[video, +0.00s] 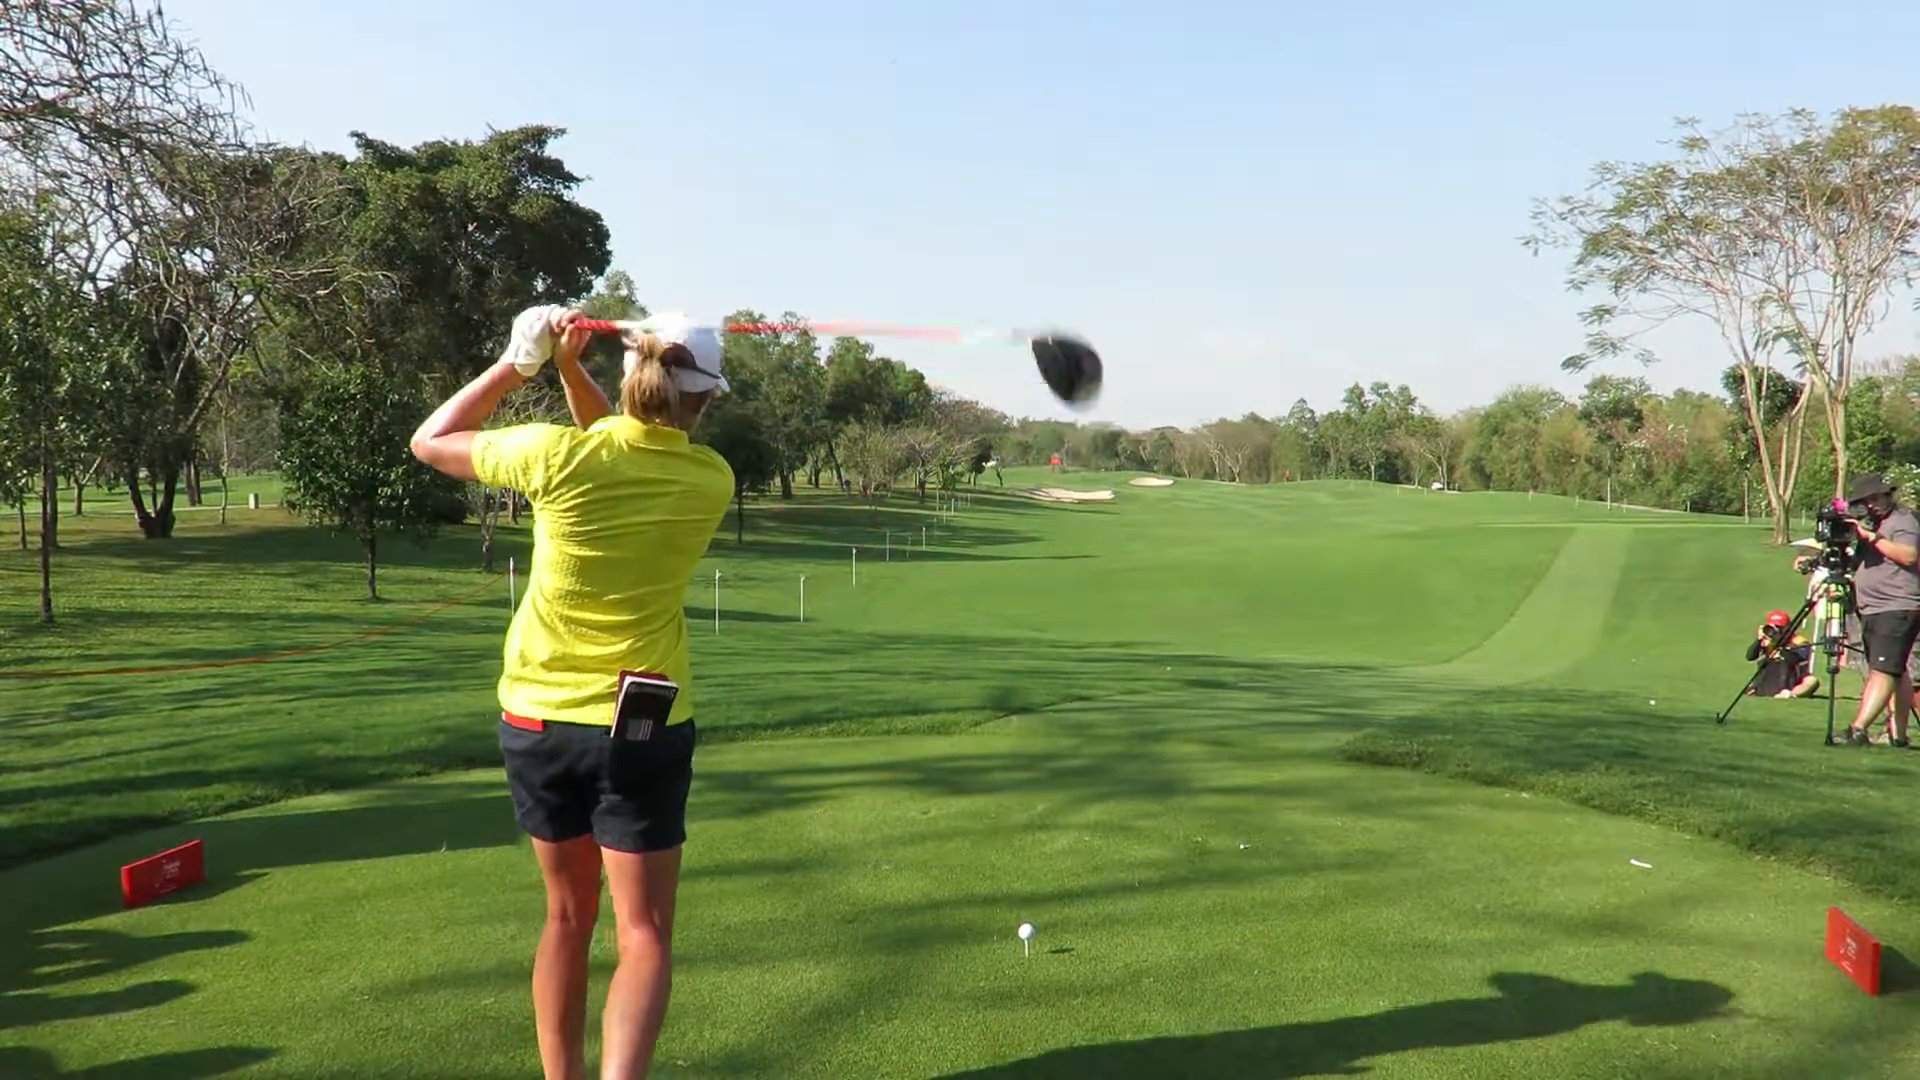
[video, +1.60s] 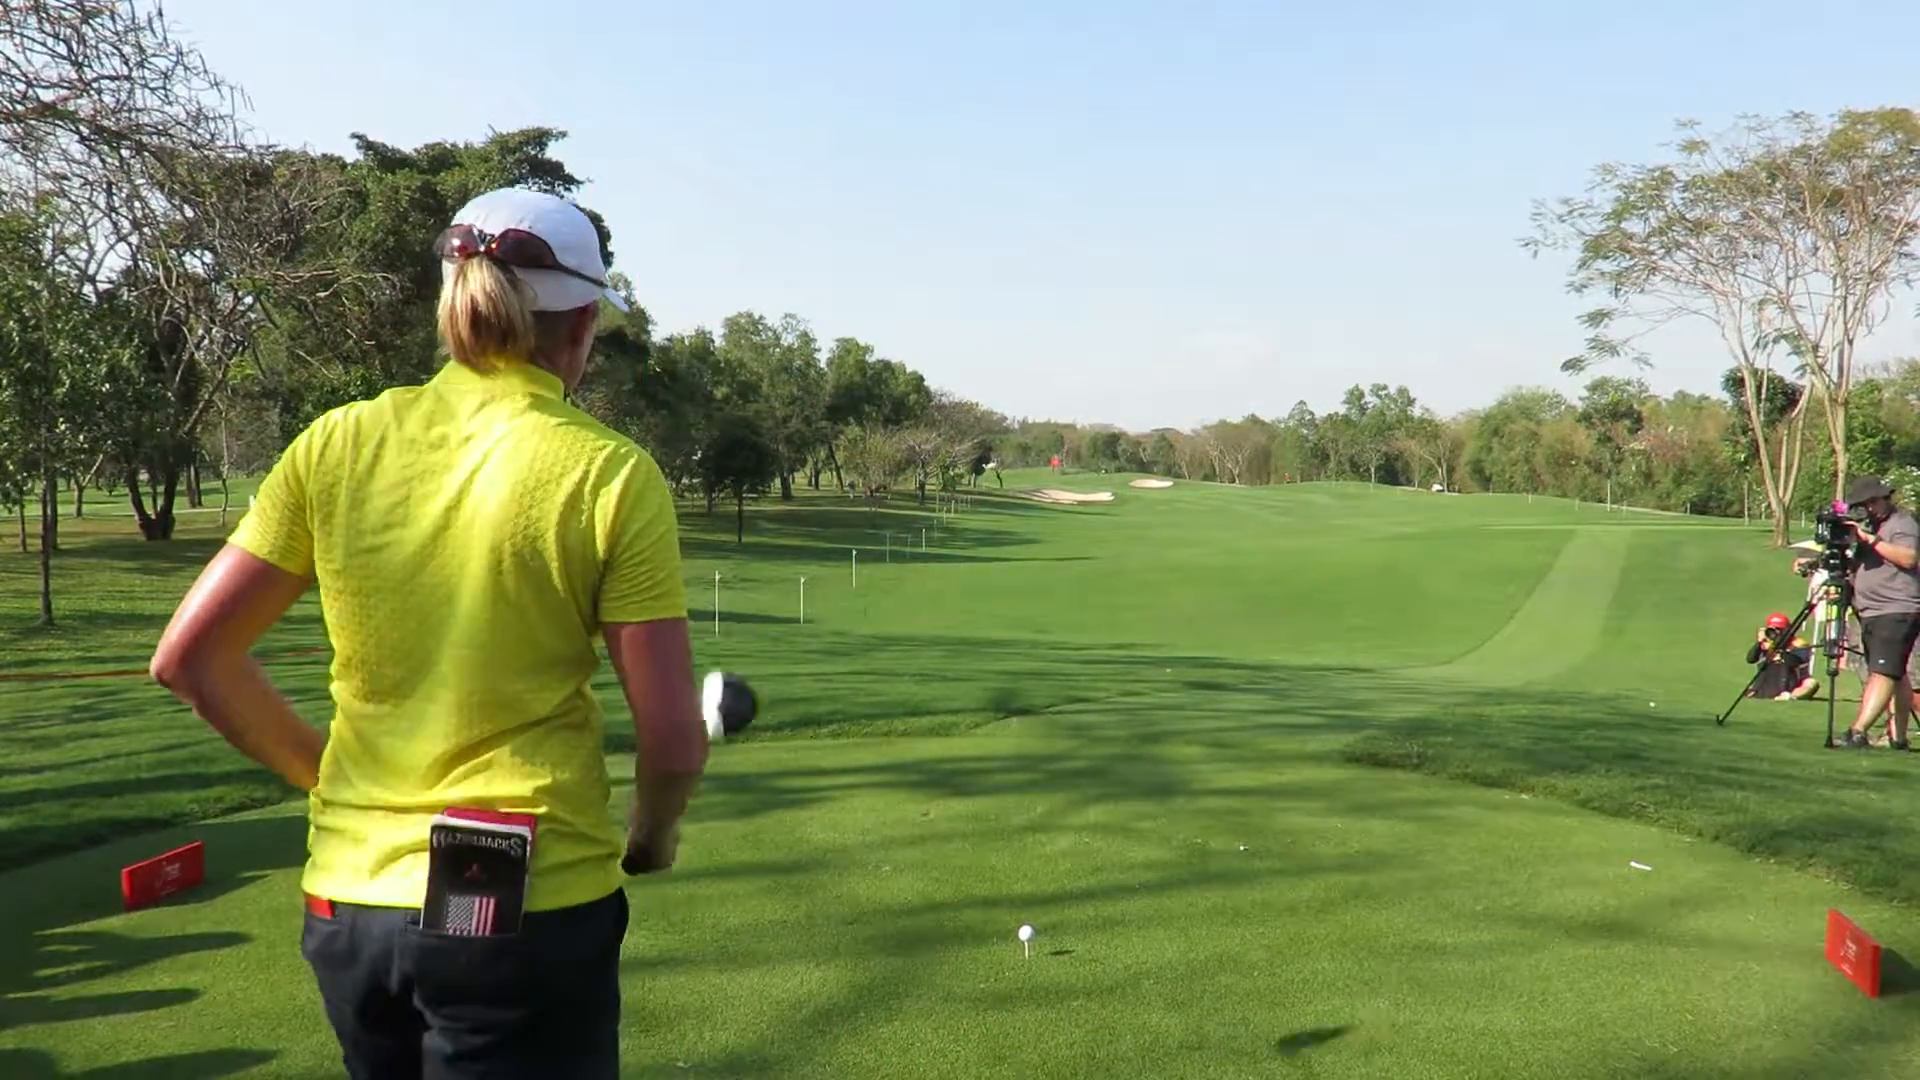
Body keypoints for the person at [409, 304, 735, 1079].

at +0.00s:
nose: (713, 403)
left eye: (710, 388)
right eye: (713, 391)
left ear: (629, 375)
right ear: (699, 398)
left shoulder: (554, 451)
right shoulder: (711, 480)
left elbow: (430, 440)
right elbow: (626, 445)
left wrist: (512, 363)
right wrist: (571, 365)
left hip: (538, 725)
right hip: (642, 730)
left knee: (566, 913)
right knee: (645, 931)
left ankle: (559, 1071)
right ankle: (620, 1072)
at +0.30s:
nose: (698, 399)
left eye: (699, 386)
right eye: (696, 387)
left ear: (608, 378)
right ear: (686, 397)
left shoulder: (537, 463)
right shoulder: (713, 490)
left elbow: (457, 545)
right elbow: (638, 491)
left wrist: (528, 442)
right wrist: (582, 423)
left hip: (552, 753)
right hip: (659, 759)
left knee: (583, 933)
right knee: (649, 997)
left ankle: (566, 1072)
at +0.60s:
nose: (685, 373)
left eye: (679, 355)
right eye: (685, 358)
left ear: (581, 346)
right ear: (672, 365)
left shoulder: (501, 443)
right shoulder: (708, 466)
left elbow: (455, 600)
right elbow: (713, 580)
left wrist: (545, 542)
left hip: (529, 770)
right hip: (654, 773)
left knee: (562, 970)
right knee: (639, 1020)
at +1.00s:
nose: (621, 377)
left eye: (622, 358)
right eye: (623, 359)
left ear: (501, 349)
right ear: (606, 364)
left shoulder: (409, 462)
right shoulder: (637, 477)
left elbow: (352, 659)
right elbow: (700, 661)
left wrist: (458, 614)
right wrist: (614, 584)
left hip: (441, 843)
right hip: (606, 839)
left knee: (474, 1070)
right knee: (646, 1047)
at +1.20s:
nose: (605, 349)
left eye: (605, 330)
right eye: (603, 332)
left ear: (475, 325)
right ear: (590, 339)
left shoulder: (370, 445)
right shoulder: (616, 467)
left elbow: (255, 634)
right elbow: (685, 692)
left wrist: (396, 659)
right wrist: (621, 625)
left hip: (397, 857)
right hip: (570, 852)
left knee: (450, 1068)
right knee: (633, 1064)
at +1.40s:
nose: (594, 346)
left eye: (593, 321)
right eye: (595, 324)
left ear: (462, 310)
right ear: (577, 327)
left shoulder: (350, 442)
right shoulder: (614, 468)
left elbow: (203, 631)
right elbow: (675, 719)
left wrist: (342, 720)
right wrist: (619, 709)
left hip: (379, 871)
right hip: (553, 877)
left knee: (427, 1065)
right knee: (570, 1062)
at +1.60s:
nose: (593, 343)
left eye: (591, 321)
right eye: (595, 324)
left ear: (453, 308)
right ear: (578, 329)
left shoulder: (336, 443)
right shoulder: (608, 472)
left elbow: (193, 655)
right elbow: (675, 742)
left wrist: (328, 772)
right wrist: (654, 832)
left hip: (349, 906)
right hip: (526, 916)